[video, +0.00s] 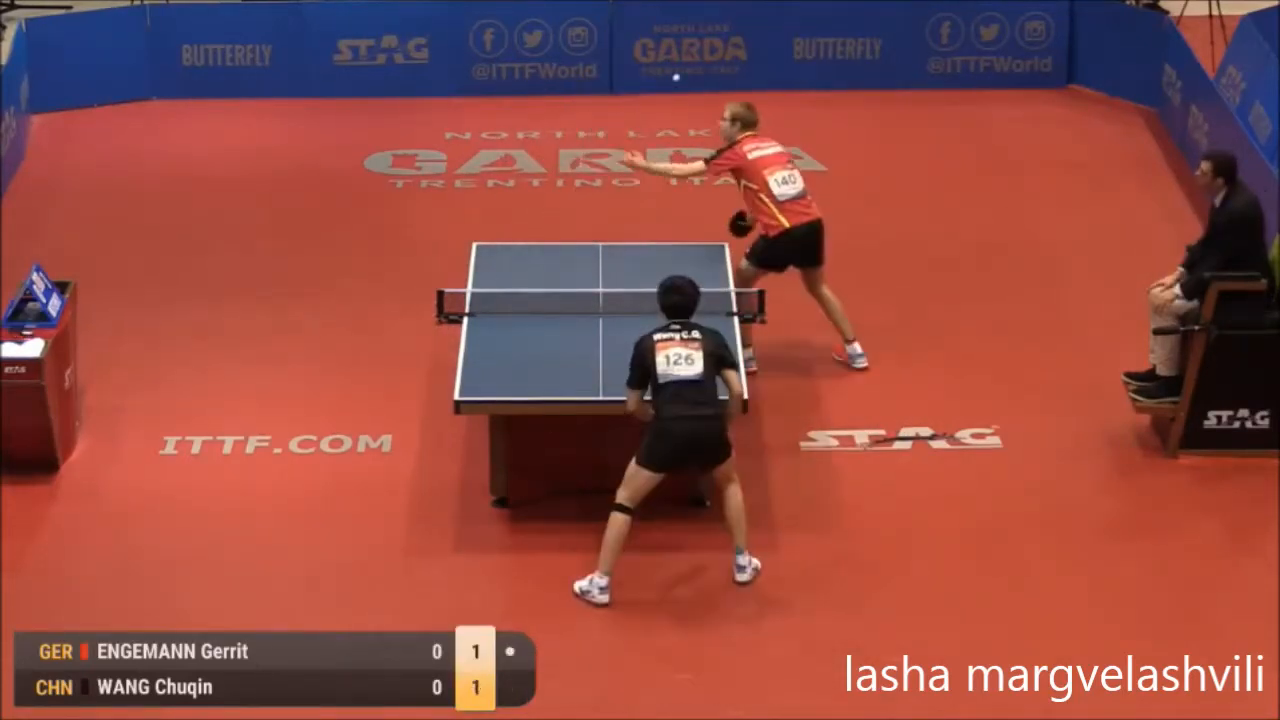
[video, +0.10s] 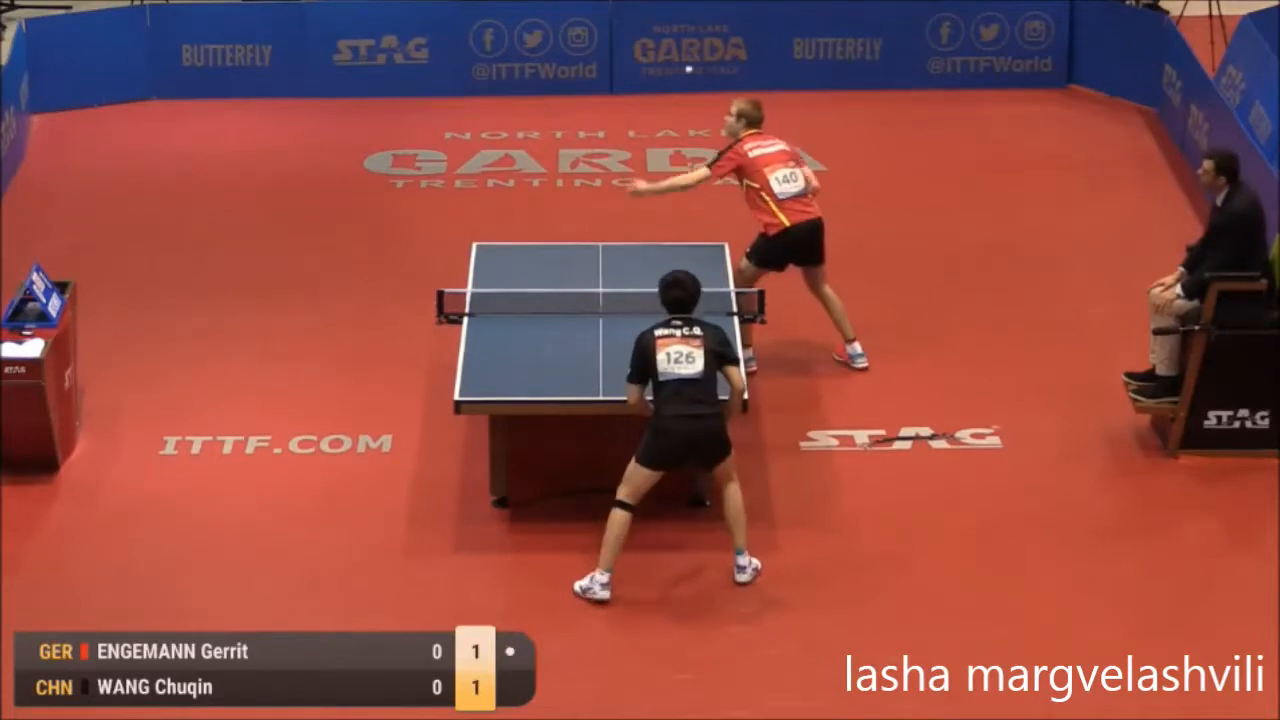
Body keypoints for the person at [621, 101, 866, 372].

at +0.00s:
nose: (719, 126)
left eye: (723, 121)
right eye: (721, 120)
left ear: (737, 126)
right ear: (749, 126)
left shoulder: (735, 152)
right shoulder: (771, 143)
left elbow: (685, 171)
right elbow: (778, 185)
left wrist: (645, 165)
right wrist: (753, 215)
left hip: (779, 234)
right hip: (812, 226)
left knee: (741, 280)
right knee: (817, 286)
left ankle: (745, 353)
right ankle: (855, 348)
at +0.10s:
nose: (724, 121)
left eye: (729, 116)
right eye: (727, 115)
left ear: (742, 123)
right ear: (755, 123)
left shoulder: (738, 151)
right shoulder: (779, 143)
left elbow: (692, 180)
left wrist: (648, 187)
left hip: (780, 232)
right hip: (813, 225)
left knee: (741, 282)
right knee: (820, 285)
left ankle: (746, 354)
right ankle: (855, 348)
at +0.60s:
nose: (692, 194)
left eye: (692, 188)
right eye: (689, 189)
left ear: (707, 181)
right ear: (709, 177)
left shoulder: (730, 194)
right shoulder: (734, 165)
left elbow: (767, 213)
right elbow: (737, 149)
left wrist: (788, 251)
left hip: (789, 244)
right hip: (810, 234)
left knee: (739, 284)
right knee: (791, 297)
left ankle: (761, 357)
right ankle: (842, 342)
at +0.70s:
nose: (688, 196)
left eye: (690, 189)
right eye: (684, 191)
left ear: (703, 179)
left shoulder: (729, 190)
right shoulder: (718, 170)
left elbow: (775, 197)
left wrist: (805, 228)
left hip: (780, 237)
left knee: (737, 289)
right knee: (766, 298)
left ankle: (762, 358)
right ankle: (822, 322)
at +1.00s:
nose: (674, 144)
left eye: (679, 137)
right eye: (670, 138)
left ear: (693, 133)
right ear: (666, 136)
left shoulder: (719, 146)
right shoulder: (670, 156)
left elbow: (754, 157)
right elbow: (653, 180)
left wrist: (760, 200)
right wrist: (645, 200)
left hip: (730, 210)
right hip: (695, 210)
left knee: (739, 265)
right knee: (666, 255)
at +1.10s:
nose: (671, 143)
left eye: (676, 137)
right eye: (667, 137)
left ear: (690, 133)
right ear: (664, 136)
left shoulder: (716, 149)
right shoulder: (662, 160)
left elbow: (741, 163)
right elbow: (639, 188)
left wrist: (739, 197)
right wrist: (631, 206)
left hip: (714, 216)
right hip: (678, 217)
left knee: (734, 266)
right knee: (649, 262)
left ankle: (764, 325)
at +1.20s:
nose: (666, 133)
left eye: (671, 128)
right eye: (662, 128)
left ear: (685, 124)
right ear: (658, 126)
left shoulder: (707, 140)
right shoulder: (655, 150)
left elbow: (734, 157)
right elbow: (629, 182)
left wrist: (715, 179)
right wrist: (624, 209)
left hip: (713, 198)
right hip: (676, 200)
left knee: (744, 249)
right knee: (640, 247)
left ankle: (772, 308)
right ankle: (637, 311)